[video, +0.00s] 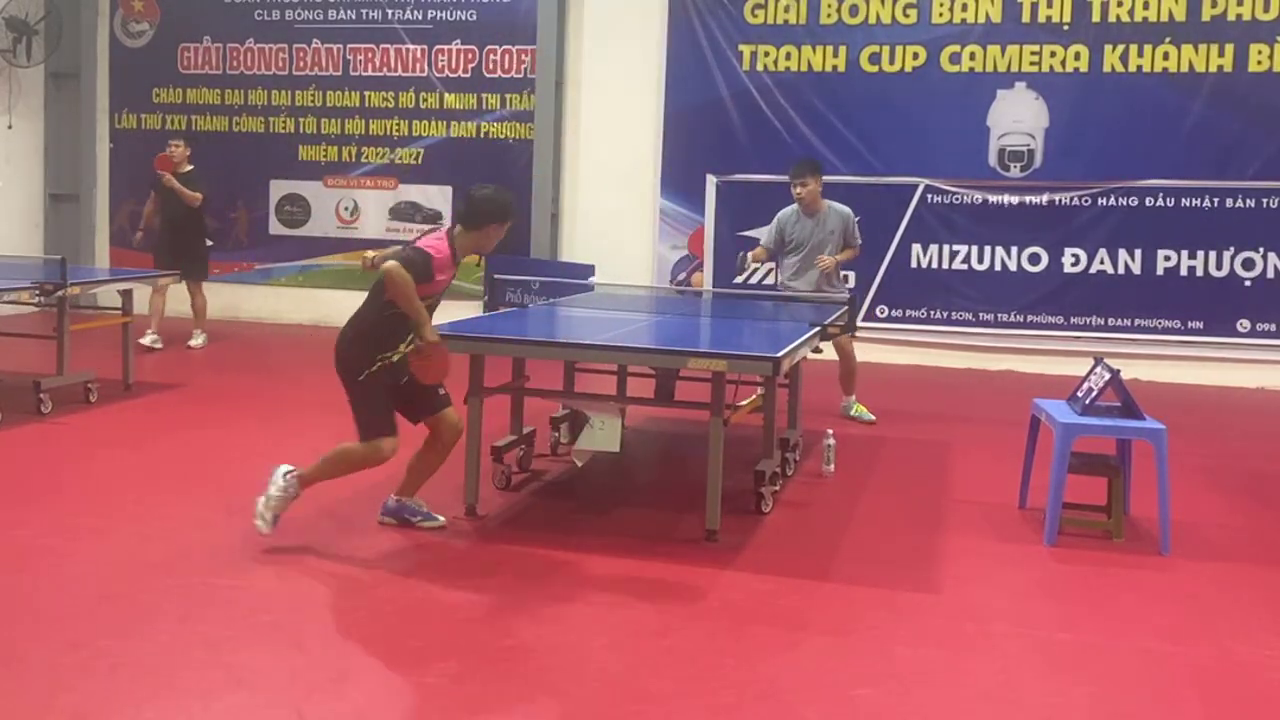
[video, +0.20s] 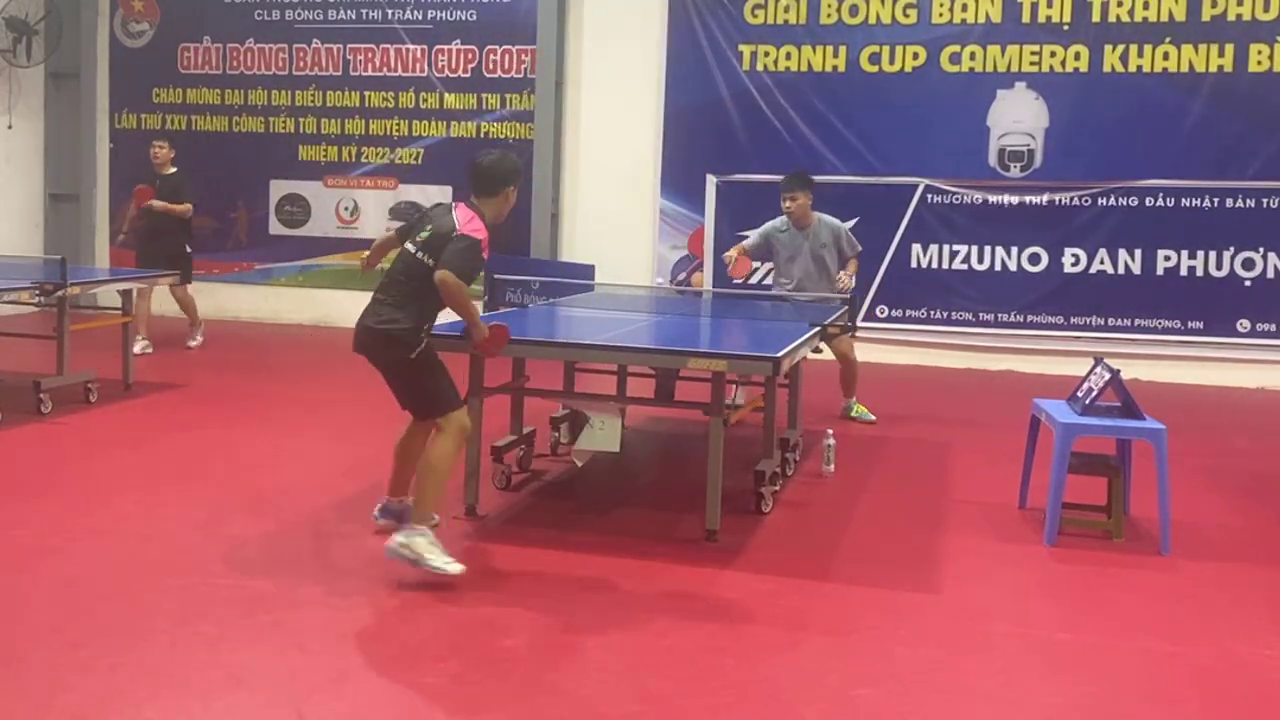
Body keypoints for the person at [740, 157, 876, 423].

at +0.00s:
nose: (797, 192)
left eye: (803, 185)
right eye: (793, 186)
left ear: (819, 184)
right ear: (790, 187)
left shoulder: (842, 215)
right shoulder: (784, 217)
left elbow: (854, 249)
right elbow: (767, 249)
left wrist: (836, 259)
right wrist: (751, 256)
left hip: (830, 298)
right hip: (790, 297)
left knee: (845, 346)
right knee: (770, 342)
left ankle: (849, 402)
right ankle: (763, 393)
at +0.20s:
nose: (787, 206)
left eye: (793, 199)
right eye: (784, 200)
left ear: (809, 199)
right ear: (780, 201)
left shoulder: (833, 228)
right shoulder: (774, 229)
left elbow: (852, 257)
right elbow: (746, 247)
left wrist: (849, 274)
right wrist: (734, 252)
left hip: (826, 306)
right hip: (784, 306)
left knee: (848, 356)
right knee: (744, 338)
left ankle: (850, 403)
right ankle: (740, 394)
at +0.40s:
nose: (750, 219)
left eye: (755, 212)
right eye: (746, 213)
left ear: (771, 211)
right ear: (743, 215)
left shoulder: (793, 234)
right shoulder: (737, 240)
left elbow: (816, 259)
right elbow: (703, 256)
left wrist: (835, 280)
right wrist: (701, 260)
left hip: (792, 312)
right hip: (750, 314)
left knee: (817, 353)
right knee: (717, 356)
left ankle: (847, 403)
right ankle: (709, 411)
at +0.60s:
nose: (729, 217)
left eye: (735, 211)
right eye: (724, 212)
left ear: (749, 211)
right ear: (720, 213)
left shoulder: (766, 232)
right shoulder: (716, 242)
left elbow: (784, 248)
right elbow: (686, 261)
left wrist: (813, 260)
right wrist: (698, 265)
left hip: (766, 312)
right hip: (726, 316)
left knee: (795, 354)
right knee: (703, 356)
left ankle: (821, 401)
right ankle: (706, 411)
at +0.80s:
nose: (736, 202)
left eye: (742, 196)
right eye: (731, 196)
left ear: (754, 198)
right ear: (725, 200)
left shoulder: (768, 224)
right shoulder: (718, 230)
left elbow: (783, 244)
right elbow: (688, 261)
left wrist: (810, 257)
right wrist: (708, 261)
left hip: (764, 305)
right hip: (726, 307)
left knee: (796, 345)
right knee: (705, 352)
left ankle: (811, 396)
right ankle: (705, 409)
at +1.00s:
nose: (756, 198)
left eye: (762, 192)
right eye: (752, 193)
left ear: (774, 195)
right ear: (746, 197)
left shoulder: (790, 227)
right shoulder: (733, 230)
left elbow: (804, 254)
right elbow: (711, 266)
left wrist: (820, 273)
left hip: (780, 307)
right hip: (739, 308)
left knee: (808, 352)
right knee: (715, 352)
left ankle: (809, 400)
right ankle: (710, 410)